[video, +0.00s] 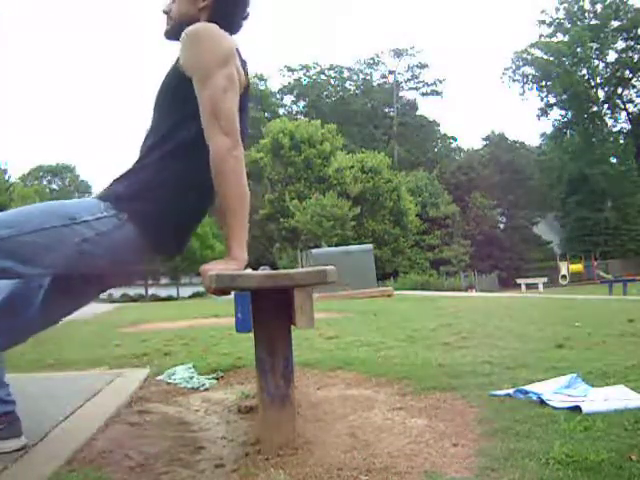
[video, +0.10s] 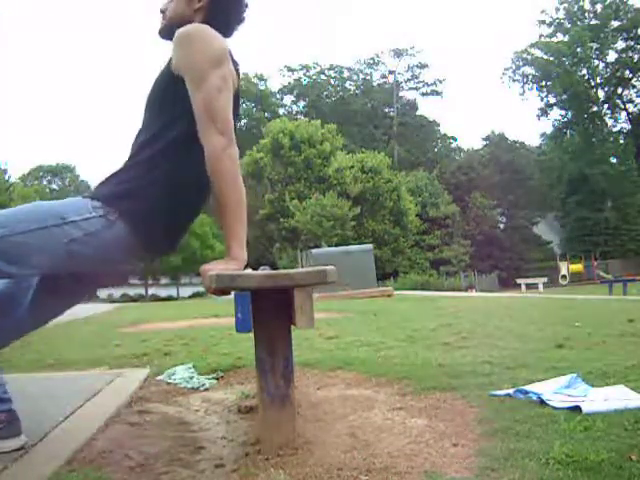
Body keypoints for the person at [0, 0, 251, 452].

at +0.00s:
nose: (168, 5)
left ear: (204, 4)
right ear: (211, 9)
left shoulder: (205, 36)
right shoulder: (224, 57)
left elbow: (226, 144)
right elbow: (221, 151)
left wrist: (237, 255)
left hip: (123, 219)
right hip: (144, 238)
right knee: (15, 315)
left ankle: (2, 415)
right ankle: (1, 418)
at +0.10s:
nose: (164, 6)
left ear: (200, 4)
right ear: (205, 9)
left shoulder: (198, 38)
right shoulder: (205, 52)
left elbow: (221, 142)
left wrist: (238, 253)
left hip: (117, 219)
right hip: (136, 239)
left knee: (3, 238)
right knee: (12, 318)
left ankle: (3, 415)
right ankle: (2, 418)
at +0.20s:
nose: (160, 5)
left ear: (196, 4)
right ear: (201, 10)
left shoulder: (191, 39)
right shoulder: (202, 54)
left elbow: (218, 144)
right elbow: (214, 154)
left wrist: (237, 253)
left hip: (104, 220)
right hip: (124, 240)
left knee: (2, 243)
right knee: (7, 318)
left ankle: (0, 412)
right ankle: (0, 415)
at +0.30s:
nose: (157, 5)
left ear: (192, 5)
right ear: (196, 9)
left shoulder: (188, 41)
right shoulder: (189, 55)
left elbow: (216, 146)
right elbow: (206, 169)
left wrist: (237, 253)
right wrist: (238, 248)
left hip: (96, 220)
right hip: (106, 234)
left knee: (3, 228)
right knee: (4, 317)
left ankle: (1, 407)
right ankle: (1, 408)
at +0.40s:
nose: (154, 6)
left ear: (189, 6)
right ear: (189, 8)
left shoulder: (188, 41)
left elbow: (217, 148)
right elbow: (207, 177)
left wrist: (236, 255)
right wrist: (237, 250)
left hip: (90, 218)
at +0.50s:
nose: (154, 5)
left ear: (189, 6)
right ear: (189, 9)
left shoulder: (188, 42)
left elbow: (216, 148)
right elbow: (207, 175)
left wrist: (236, 255)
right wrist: (237, 251)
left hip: (90, 219)